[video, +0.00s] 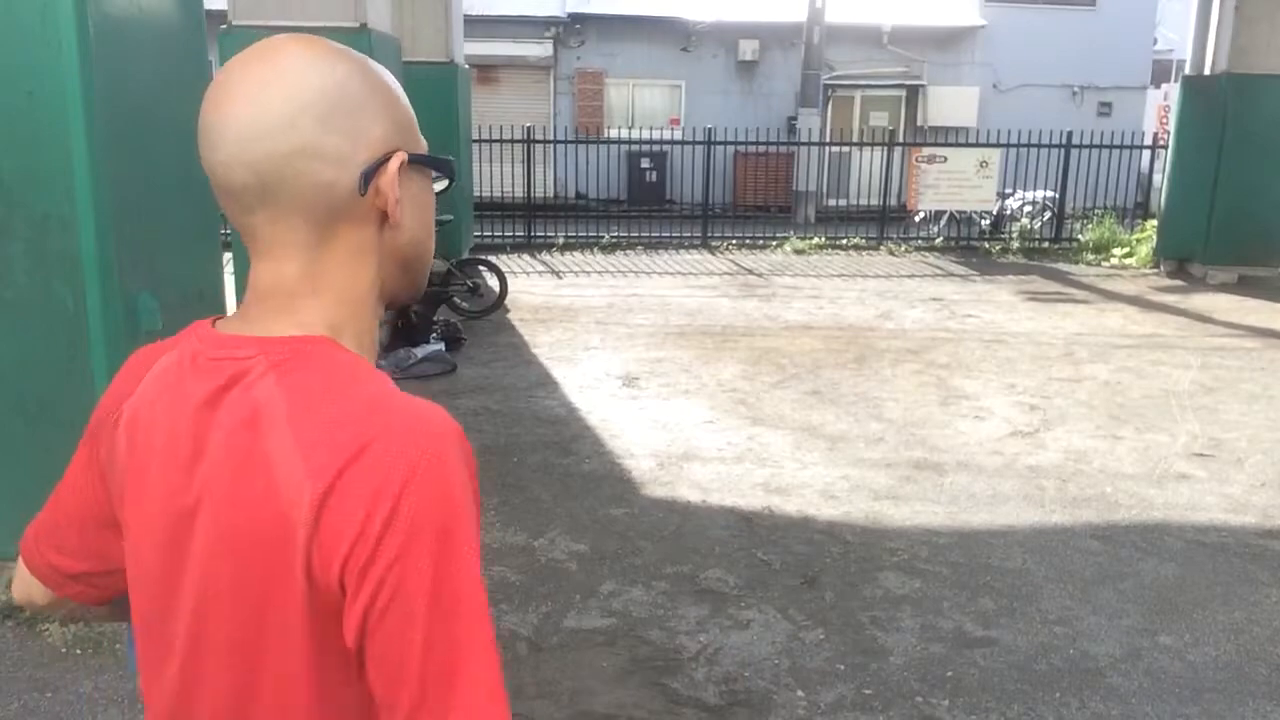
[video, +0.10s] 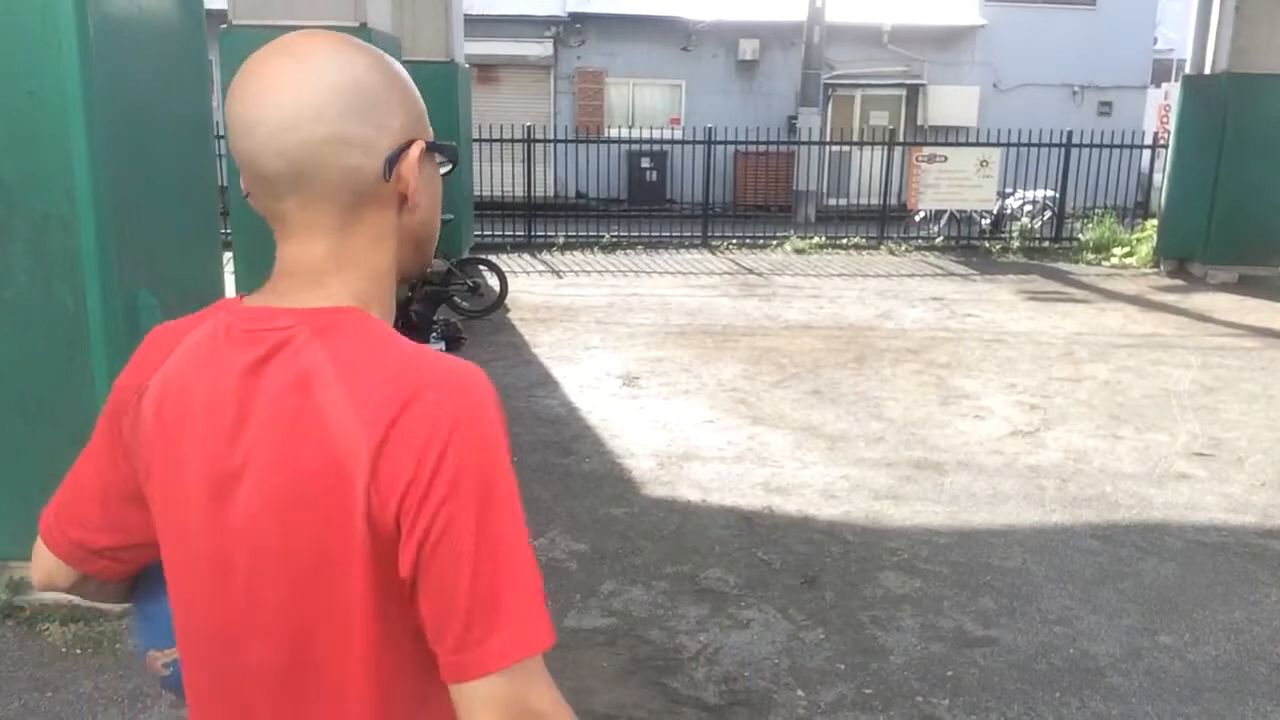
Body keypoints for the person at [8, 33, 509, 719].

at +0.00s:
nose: (432, 200)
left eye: (431, 173)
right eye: (428, 173)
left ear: (236, 211)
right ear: (390, 192)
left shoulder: (149, 380)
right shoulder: (401, 449)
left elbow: (42, 582)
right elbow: (452, 706)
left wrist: (219, 576)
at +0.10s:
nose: (437, 178)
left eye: (434, 153)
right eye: (433, 153)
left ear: (251, 189)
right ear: (405, 176)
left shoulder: (166, 361)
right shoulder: (436, 400)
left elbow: (58, 568)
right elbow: (502, 695)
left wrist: (211, 545)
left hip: (218, 709)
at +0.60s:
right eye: (554, 165)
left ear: (417, 199)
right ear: (546, 185)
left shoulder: (350, 326)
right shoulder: (593, 342)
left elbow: (221, 497)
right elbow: (649, 547)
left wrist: (213, 566)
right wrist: (715, 663)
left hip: (391, 699)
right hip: (552, 699)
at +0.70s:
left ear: (449, 186)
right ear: (566, 174)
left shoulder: (382, 297)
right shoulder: (613, 311)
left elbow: (244, 444)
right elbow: (658, 502)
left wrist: (226, 534)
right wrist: (686, 587)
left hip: (428, 653)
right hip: (565, 653)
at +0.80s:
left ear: (457, 181)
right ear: (565, 162)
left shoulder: (400, 284)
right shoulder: (618, 293)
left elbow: (262, 421)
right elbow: (655, 467)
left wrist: (236, 502)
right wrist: (639, 520)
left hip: (442, 610)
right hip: (570, 612)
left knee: (437, 703)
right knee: (572, 708)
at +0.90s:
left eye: (450, 169)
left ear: (460, 185)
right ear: (560, 162)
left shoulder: (407, 284)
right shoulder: (616, 290)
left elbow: (290, 426)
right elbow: (648, 451)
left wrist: (246, 497)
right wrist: (581, 477)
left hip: (448, 612)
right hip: (571, 614)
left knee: (442, 704)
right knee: (568, 711)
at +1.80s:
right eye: (564, 165)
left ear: (491, 165)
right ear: (559, 175)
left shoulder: (444, 239)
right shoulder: (580, 257)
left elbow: (401, 355)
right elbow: (598, 373)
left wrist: (412, 416)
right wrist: (566, 321)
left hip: (453, 449)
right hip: (538, 452)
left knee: (425, 569)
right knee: (534, 566)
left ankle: (445, 702)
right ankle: (521, 687)